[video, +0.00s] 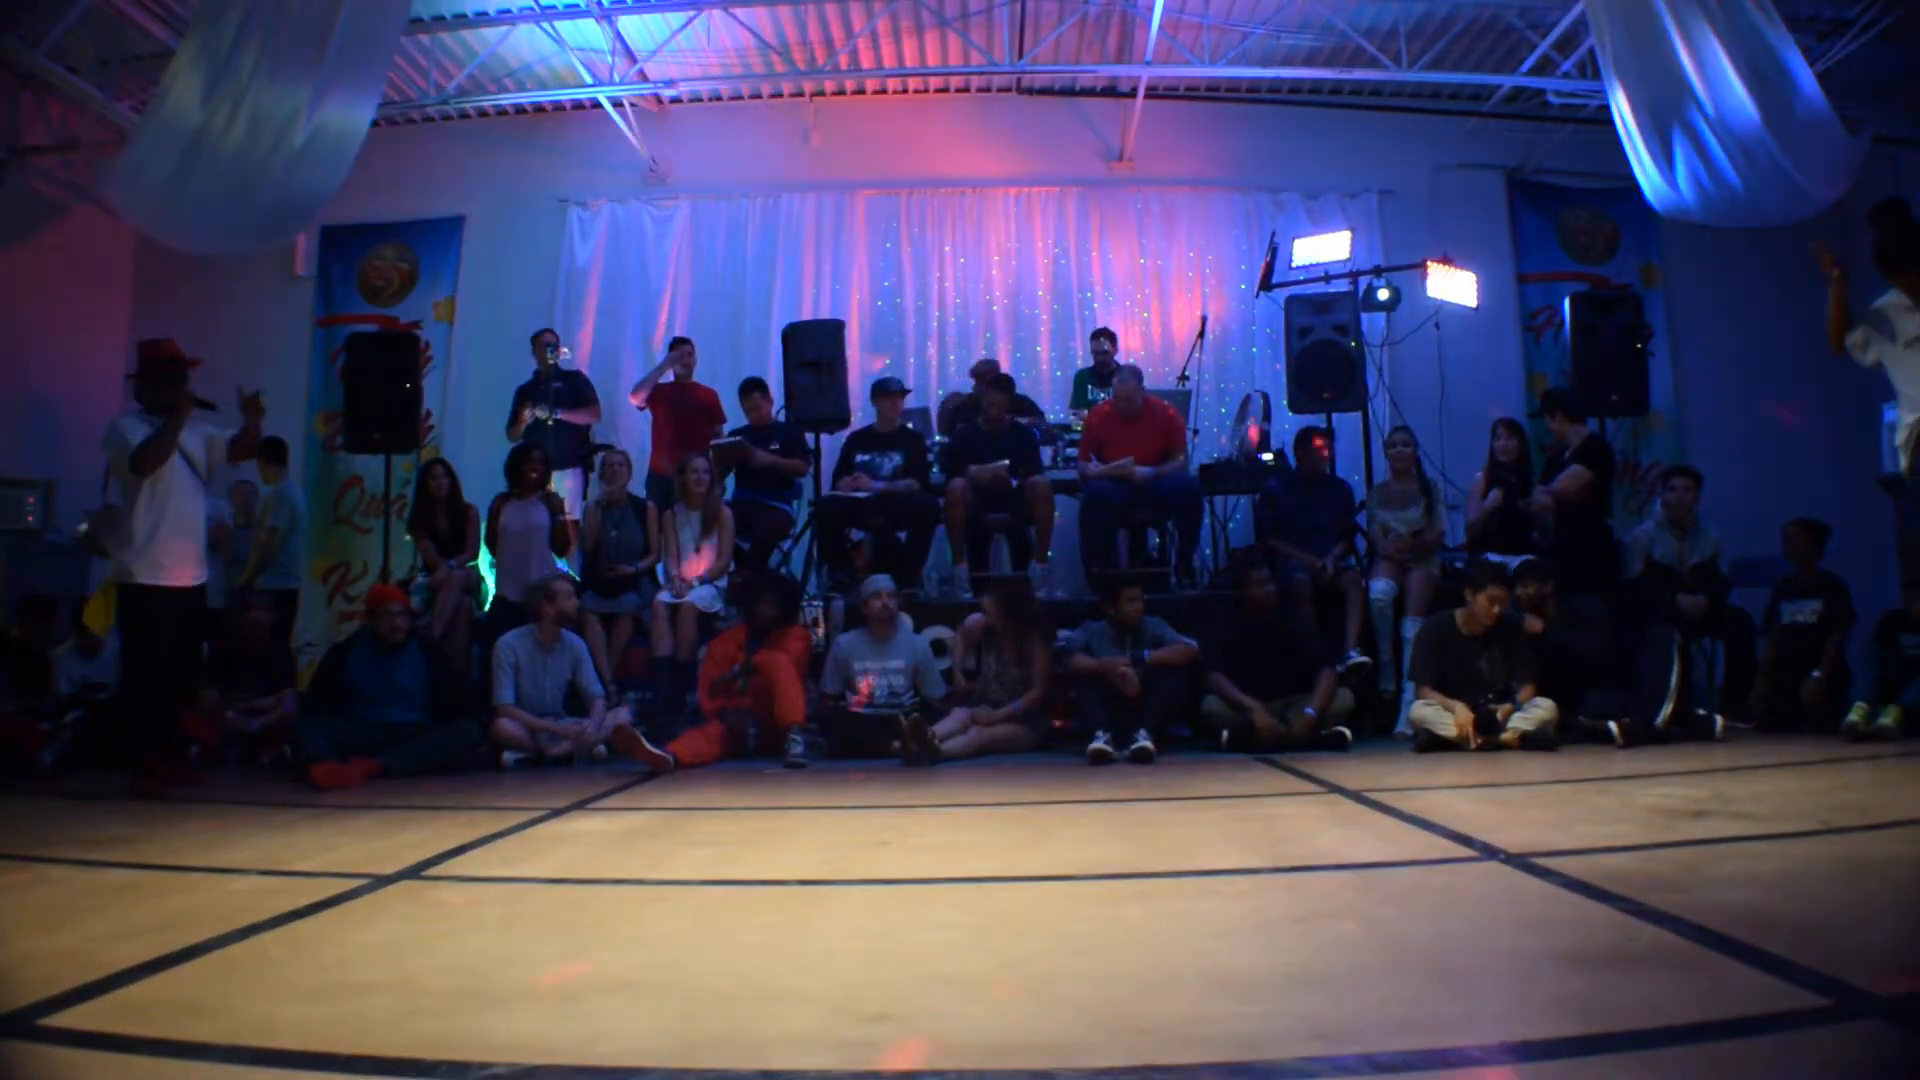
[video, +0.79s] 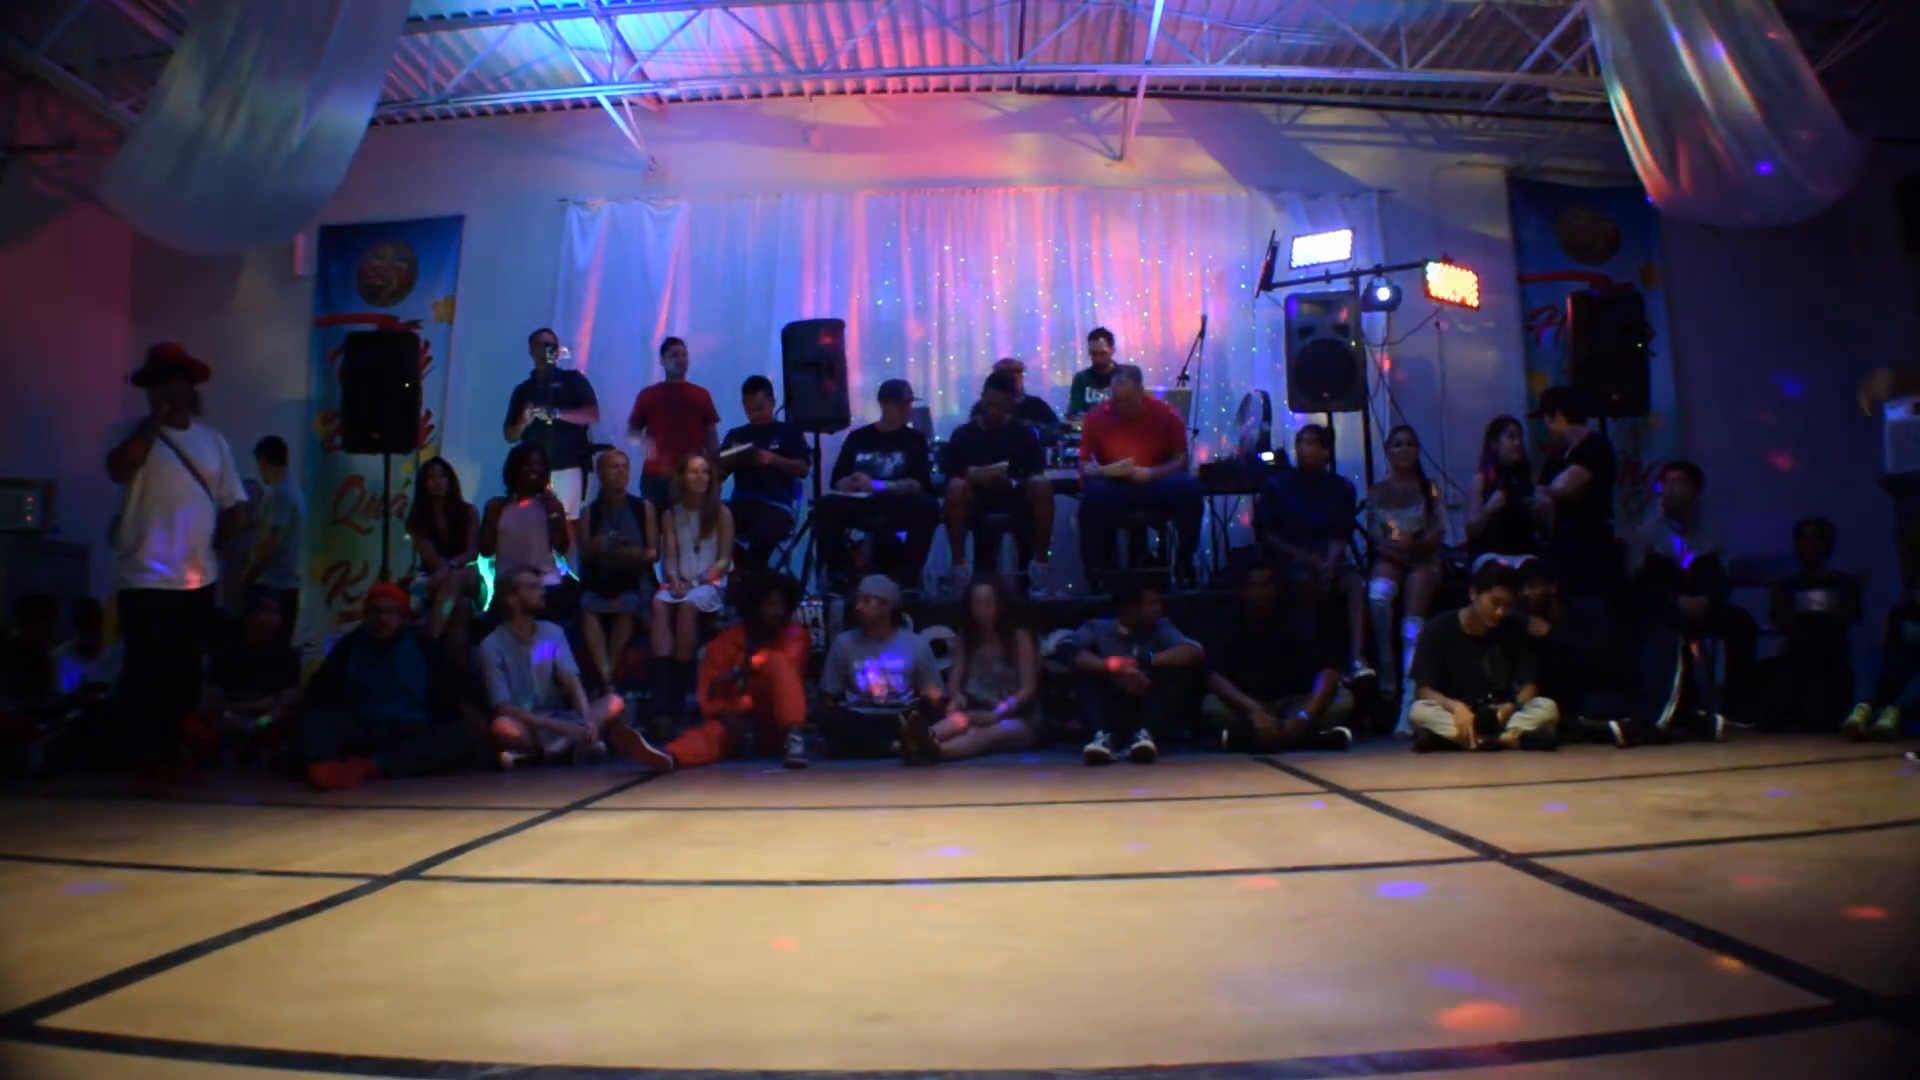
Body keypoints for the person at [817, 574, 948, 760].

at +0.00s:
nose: (885, 603)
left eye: (890, 596)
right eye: (877, 597)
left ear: (897, 602)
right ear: (864, 606)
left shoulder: (916, 645)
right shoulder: (844, 645)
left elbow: (937, 700)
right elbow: (828, 699)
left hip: (905, 718)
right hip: (861, 719)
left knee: (964, 715)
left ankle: (923, 740)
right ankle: (896, 746)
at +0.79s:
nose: (859, 607)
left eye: (866, 601)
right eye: (859, 601)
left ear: (886, 606)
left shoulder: (915, 645)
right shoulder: (843, 644)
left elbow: (933, 696)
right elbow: (829, 698)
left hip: (903, 713)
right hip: (859, 715)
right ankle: (894, 745)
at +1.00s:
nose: (856, 609)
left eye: (864, 603)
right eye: (856, 602)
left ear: (885, 608)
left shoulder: (915, 645)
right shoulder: (843, 644)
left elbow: (934, 700)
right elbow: (829, 697)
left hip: (902, 715)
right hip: (857, 715)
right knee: (829, 717)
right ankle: (894, 745)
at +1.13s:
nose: (856, 609)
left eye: (863, 604)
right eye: (856, 603)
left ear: (884, 609)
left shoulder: (914, 645)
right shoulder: (843, 644)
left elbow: (935, 700)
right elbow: (828, 696)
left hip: (904, 714)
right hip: (859, 715)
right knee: (826, 717)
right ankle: (894, 745)